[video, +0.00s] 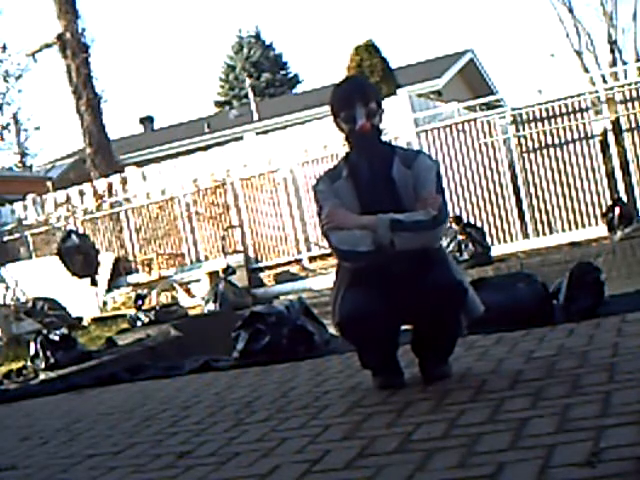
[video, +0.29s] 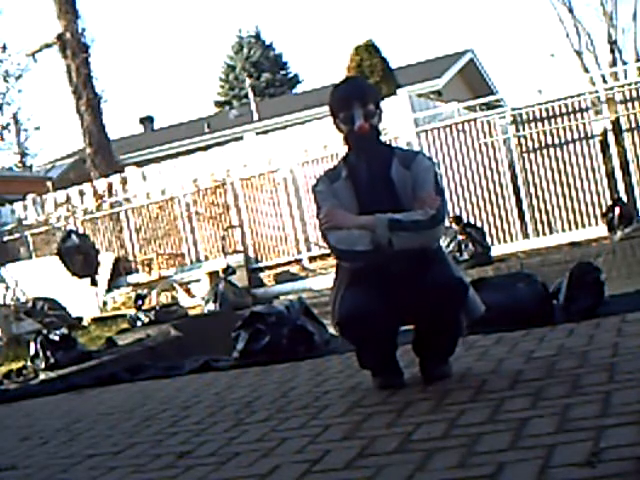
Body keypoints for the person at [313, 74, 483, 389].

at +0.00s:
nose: (362, 124)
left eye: (370, 112)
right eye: (350, 117)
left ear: (381, 112)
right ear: (338, 122)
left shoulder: (418, 164)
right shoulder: (328, 185)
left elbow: (434, 228)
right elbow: (345, 246)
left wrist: (359, 222)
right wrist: (414, 220)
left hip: (422, 265)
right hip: (365, 277)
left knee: (444, 293)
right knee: (359, 315)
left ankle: (434, 358)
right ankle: (384, 367)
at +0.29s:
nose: (361, 125)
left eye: (368, 113)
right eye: (349, 118)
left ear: (380, 114)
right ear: (337, 124)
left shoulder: (416, 164)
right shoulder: (327, 185)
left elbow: (431, 228)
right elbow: (342, 245)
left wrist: (358, 222)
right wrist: (413, 219)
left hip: (422, 267)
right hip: (365, 278)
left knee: (447, 292)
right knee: (357, 314)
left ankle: (435, 359)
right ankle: (383, 367)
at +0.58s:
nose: (360, 125)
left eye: (367, 113)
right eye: (348, 118)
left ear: (379, 113)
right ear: (337, 124)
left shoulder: (415, 163)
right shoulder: (327, 185)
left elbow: (432, 227)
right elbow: (340, 243)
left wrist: (357, 222)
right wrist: (412, 218)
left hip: (421, 265)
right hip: (363, 276)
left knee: (446, 292)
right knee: (355, 313)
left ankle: (435, 359)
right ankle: (384, 368)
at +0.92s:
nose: (357, 125)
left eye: (365, 113)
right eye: (345, 117)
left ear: (377, 114)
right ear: (333, 123)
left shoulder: (413, 162)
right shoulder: (323, 184)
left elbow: (428, 226)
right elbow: (338, 243)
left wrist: (353, 221)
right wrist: (409, 216)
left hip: (418, 265)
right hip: (361, 276)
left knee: (438, 292)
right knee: (355, 312)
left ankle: (434, 359)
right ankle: (385, 368)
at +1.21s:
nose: (343, 113)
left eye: (351, 102)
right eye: (332, 106)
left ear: (363, 104)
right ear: (320, 112)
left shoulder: (395, 147)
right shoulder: (308, 173)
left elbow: (407, 193)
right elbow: (321, 228)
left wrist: (337, 202)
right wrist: (386, 209)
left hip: (413, 263)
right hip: (358, 278)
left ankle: (442, 347)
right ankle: (385, 366)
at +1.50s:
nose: (344, 127)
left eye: (351, 118)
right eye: (333, 121)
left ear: (362, 121)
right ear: (320, 129)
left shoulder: (395, 167)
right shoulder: (310, 192)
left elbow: (414, 211)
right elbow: (328, 242)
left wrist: (341, 220)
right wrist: (388, 218)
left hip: (411, 263)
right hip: (363, 281)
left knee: (411, 246)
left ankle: (459, 350)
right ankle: (388, 366)